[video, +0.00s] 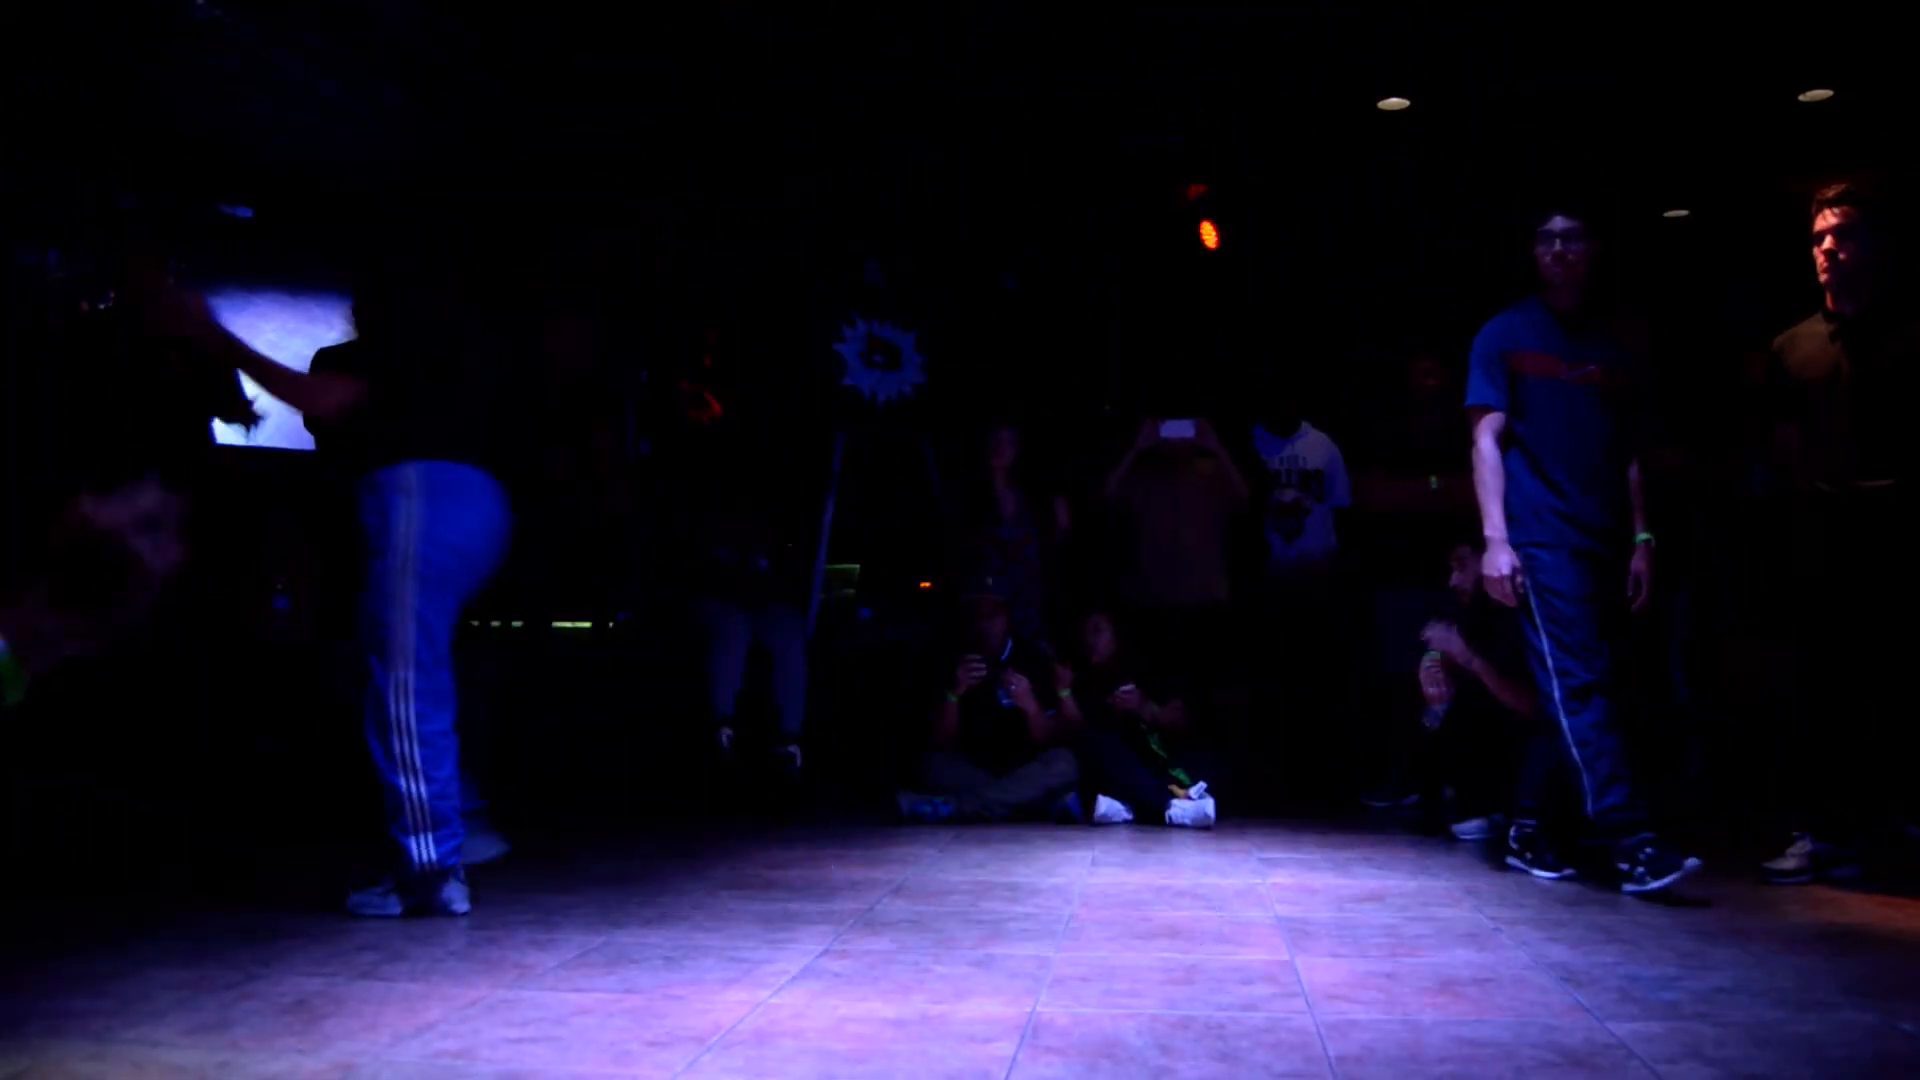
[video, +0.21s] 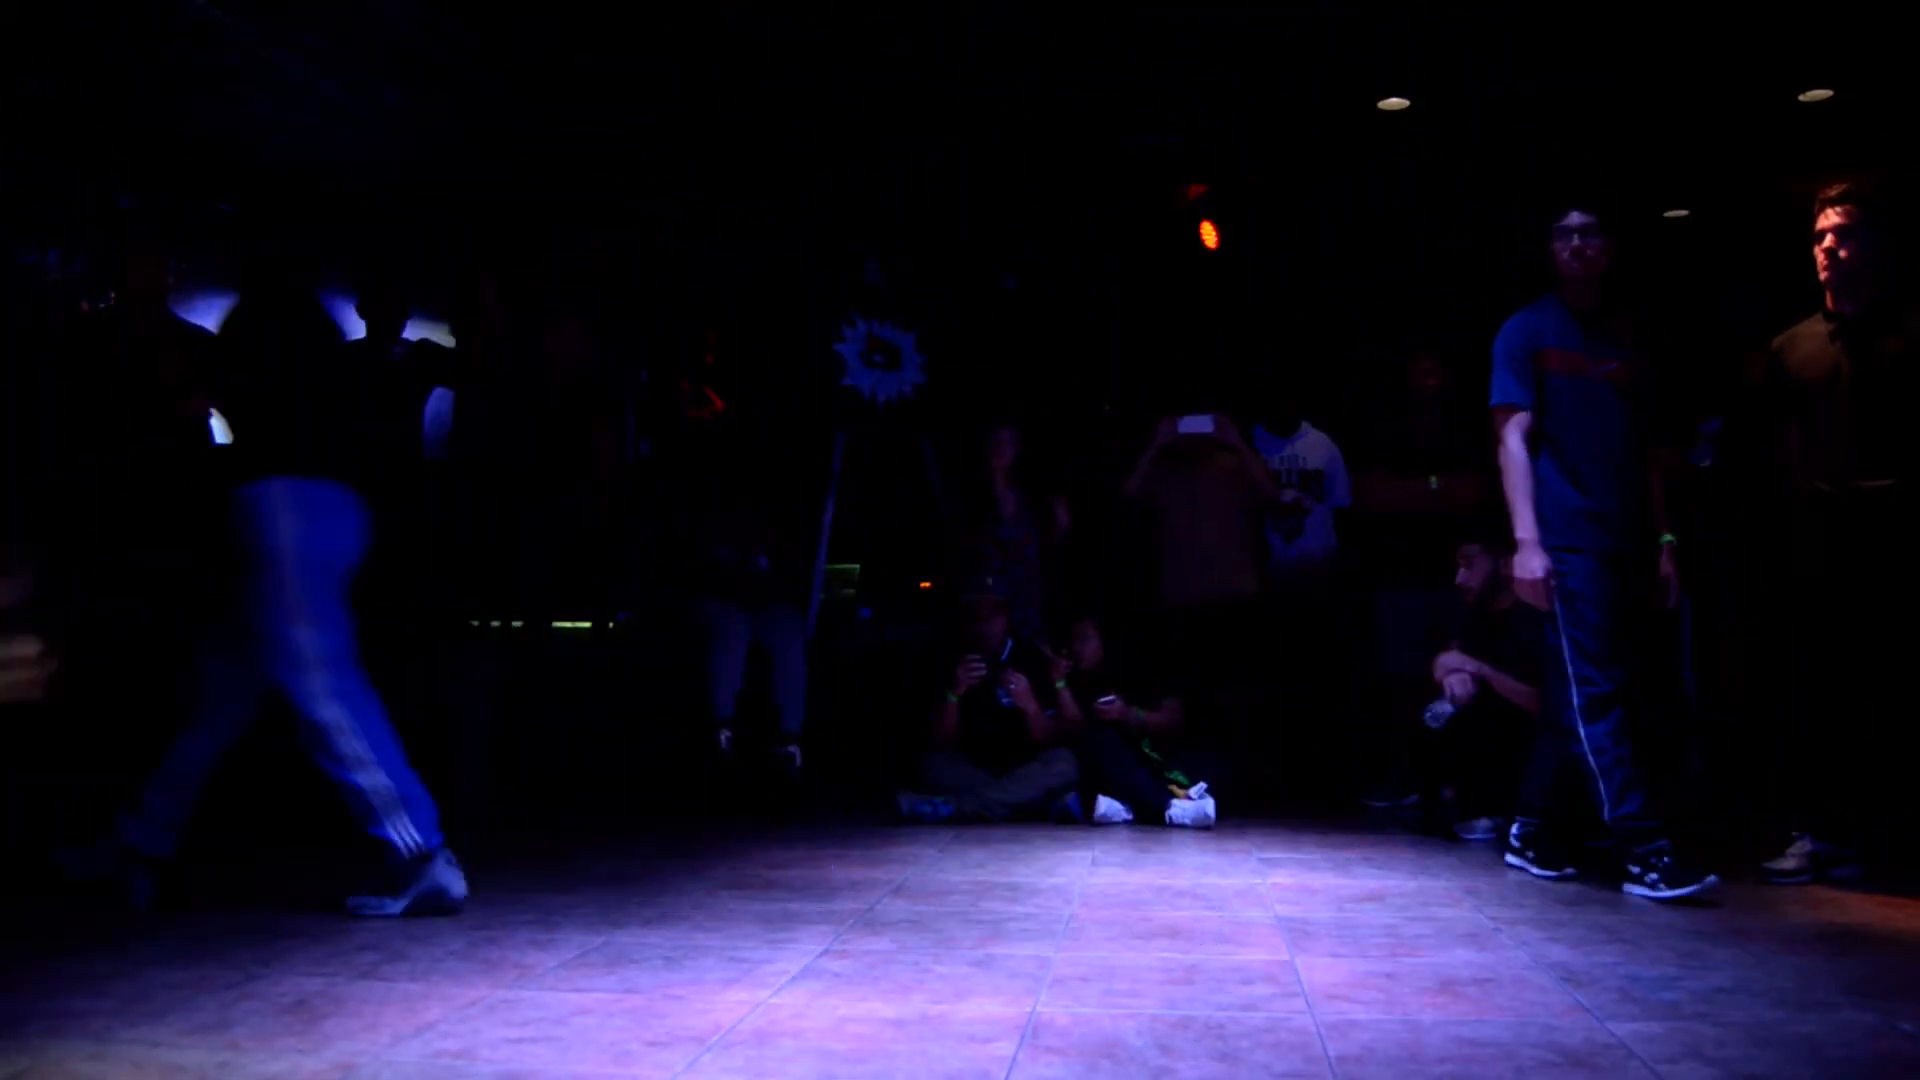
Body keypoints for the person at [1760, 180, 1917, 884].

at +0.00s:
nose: (1828, 251)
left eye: (1844, 237)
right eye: (1820, 239)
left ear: (1875, 251)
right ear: (1812, 255)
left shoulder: (1908, 337)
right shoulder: (1793, 348)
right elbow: (1771, 450)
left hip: (1896, 537)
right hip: (1813, 536)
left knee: (1898, 681)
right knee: (1817, 681)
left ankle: (1900, 832)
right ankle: (1820, 828)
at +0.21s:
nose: (1828, 250)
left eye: (1844, 236)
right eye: (1820, 238)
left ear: (1877, 251)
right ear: (1813, 254)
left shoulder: (1909, 341)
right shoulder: (1791, 349)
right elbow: (1763, 455)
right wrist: (1766, 528)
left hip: (1896, 538)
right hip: (1810, 537)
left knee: (1895, 682)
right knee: (1816, 681)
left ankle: (1903, 833)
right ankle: (1816, 829)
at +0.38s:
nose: (1829, 251)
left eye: (1845, 237)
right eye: (1820, 239)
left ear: (1878, 251)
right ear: (1812, 255)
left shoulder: (1910, 340)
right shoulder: (1793, 349)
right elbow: (1766, 453)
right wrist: (1768, 529)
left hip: (1898, 538)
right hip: (1813, 538)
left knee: (1896, 683)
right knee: (1816, 683)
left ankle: (1902, 834)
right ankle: (1817, 829)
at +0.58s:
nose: (1830, 248)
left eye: (1846, 235)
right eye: (1822, 237)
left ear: (1880, 250)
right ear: (1815, 254)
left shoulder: (1910, 341)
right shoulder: (1791, 349)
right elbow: (1756, 452)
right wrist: (1746, 531)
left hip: (1901, 542)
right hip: (1813, 542)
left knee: (1897, 686)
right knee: (1818, 686)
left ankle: (1899, 833)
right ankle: (1820, 830)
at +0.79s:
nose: (1835, 248)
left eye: (1851, 235)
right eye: (1825, 236)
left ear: (1882, 249)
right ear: (1816, 253)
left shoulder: (1911, 341)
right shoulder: (1789, 350)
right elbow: (1747, 450)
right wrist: (1747, 527)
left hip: (1901, 544)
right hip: (1814, 545)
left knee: (1899, 689)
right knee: (1818, 690)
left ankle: (1904, 835)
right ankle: (1819, 833)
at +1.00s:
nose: (1841, 244)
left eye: (1856, 232)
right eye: (1831, 233)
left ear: (1880, 249)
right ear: (1817, 252)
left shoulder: (1909, 337)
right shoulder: (1790, 349)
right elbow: (1762, 453)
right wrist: (1771, 538)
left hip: (1906, 542)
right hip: (1822, 548)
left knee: (1905, 694)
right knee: (1834, 697)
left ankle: (1901, 847)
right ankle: (1840, 848)